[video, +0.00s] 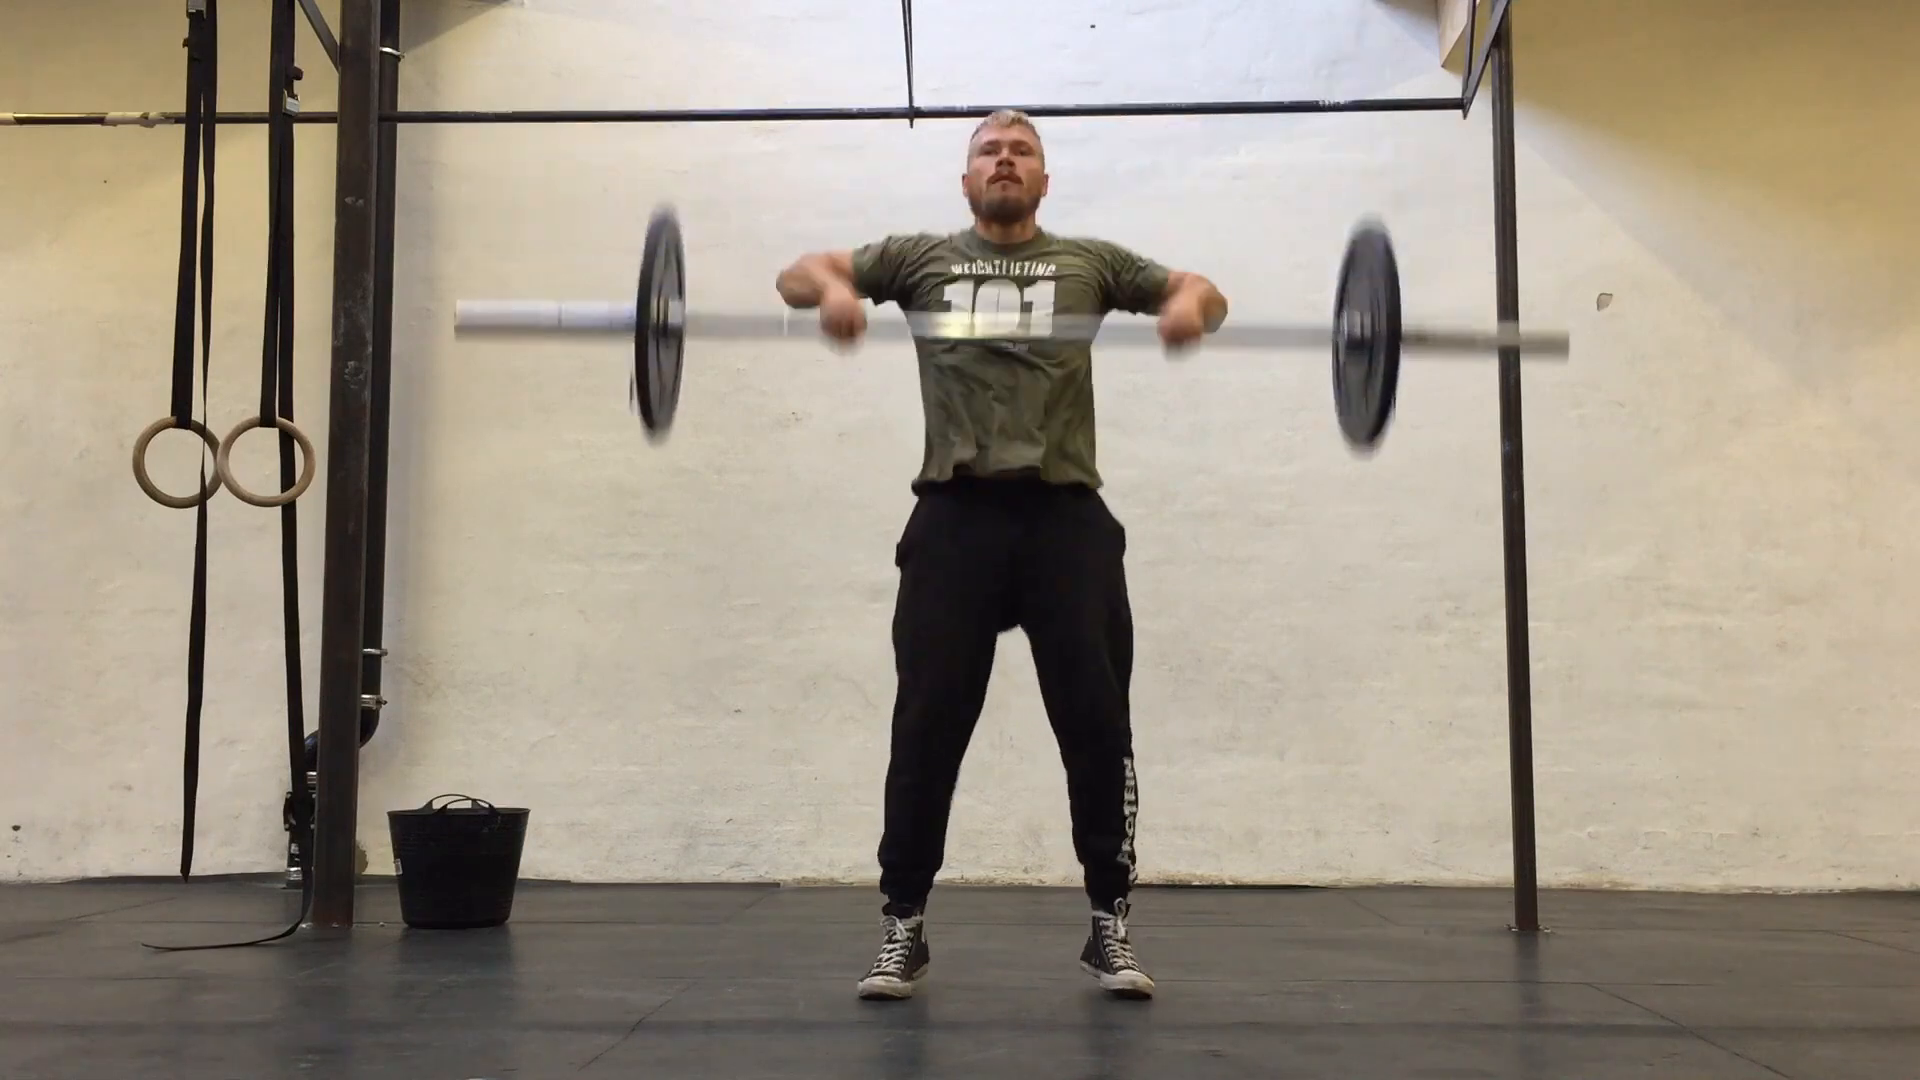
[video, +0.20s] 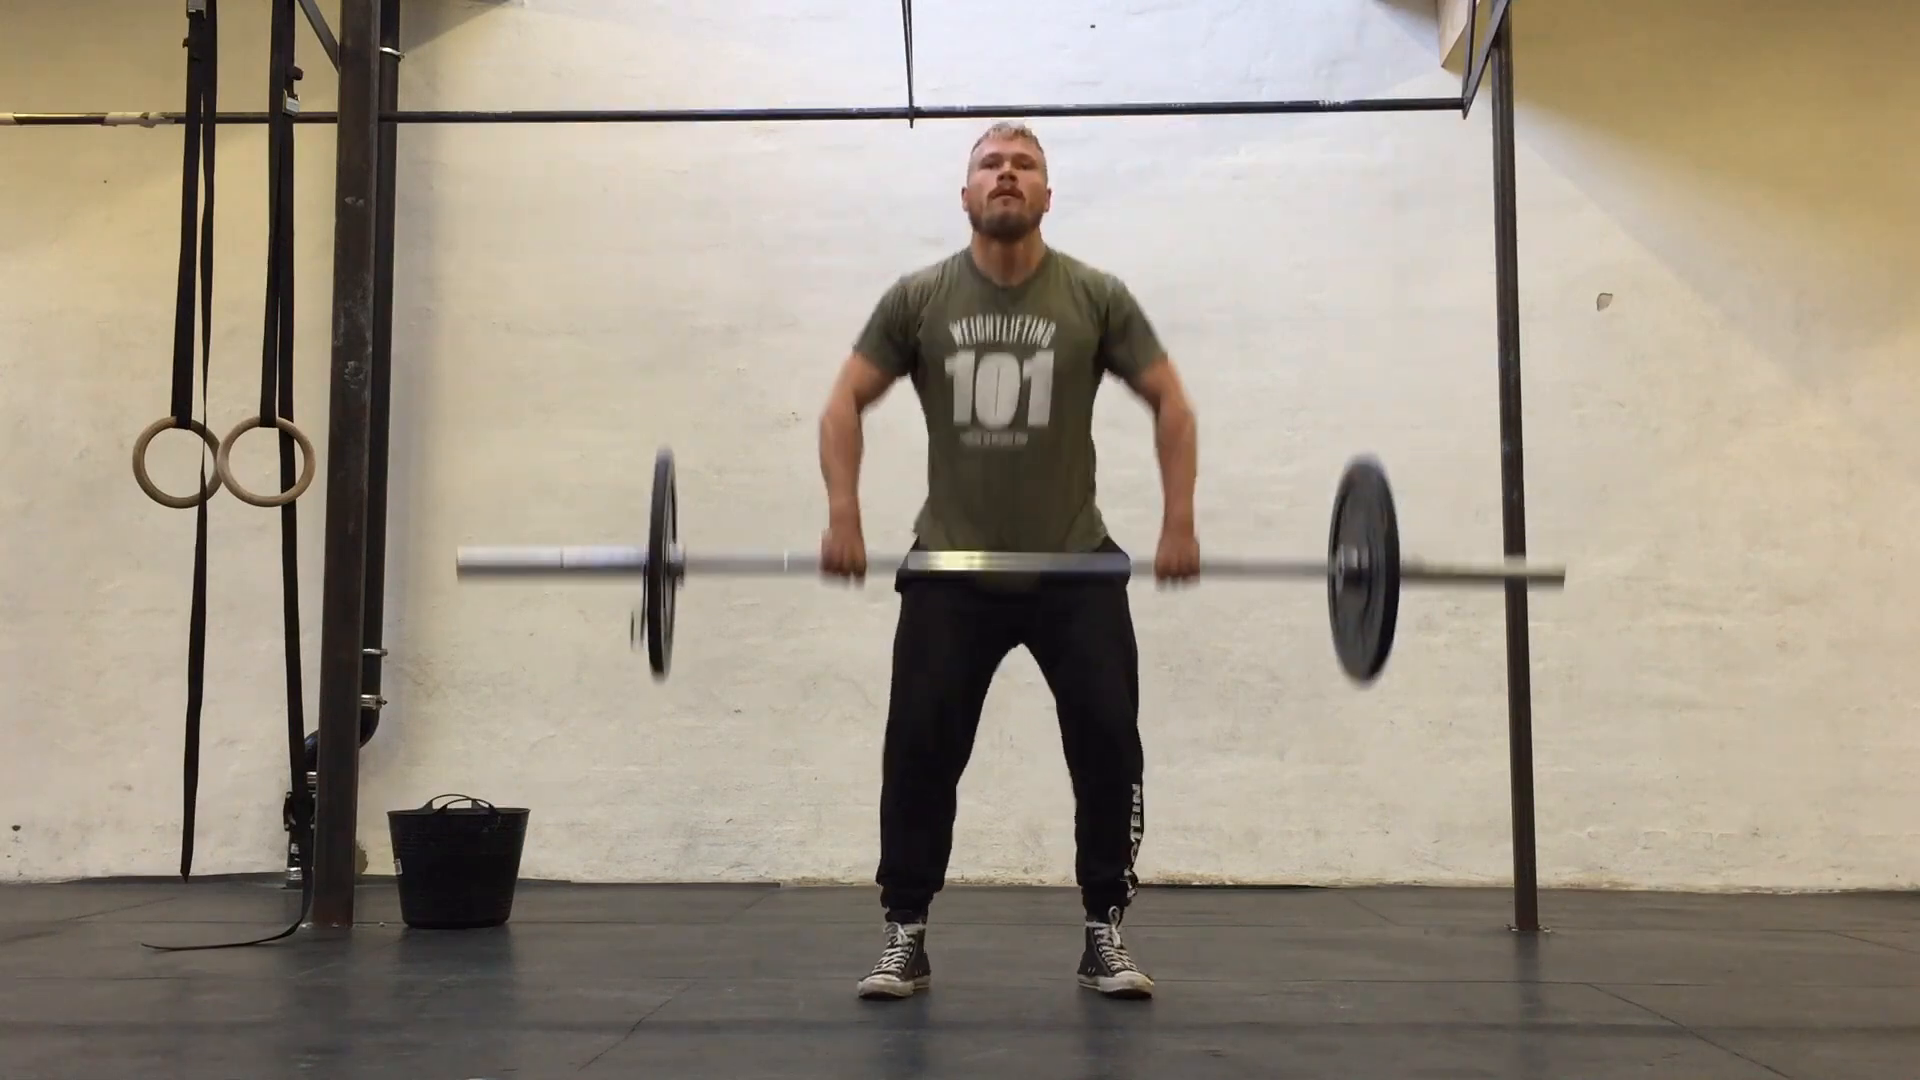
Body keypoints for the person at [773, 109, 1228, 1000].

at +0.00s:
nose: (1005, 159)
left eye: (1021, 150)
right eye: (988, 149)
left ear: (1045, 178)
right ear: (964, 179)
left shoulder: (1088, 263)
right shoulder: (921, 258)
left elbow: (1202, 293)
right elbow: (798, 274)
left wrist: (1188, 303)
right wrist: (834, 286)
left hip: (1067, 527)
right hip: (953, 527)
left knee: (1098, 729)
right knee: (925, 730)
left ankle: (1111, 928)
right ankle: (901, 930)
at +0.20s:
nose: (1007, 174)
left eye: (1023, 164)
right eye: (991, 163)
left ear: (1048, 194)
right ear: (964, 193)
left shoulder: (1096, 298)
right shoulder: (918, 301)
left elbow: (1170, 402)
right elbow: (844, 403)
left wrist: (1179, 524)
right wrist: (843, 514)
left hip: (1074, 567)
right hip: (951, 568)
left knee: (1110, 750)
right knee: (918, 752)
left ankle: (1106, 936)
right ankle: (904, 938)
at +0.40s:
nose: (1005, 226)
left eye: (1022, 216)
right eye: (989, 215)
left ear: (1048, 250)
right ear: (963, 249)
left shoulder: (1102, 364)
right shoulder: (911, 361)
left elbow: (1146, 488)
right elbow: (870, 486)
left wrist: (1173, 613)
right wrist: (845, 613)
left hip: (1066, 582)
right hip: (942, 582)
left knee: (1111, 740)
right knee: (904, 738)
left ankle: (1107, 938)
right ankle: (900, 938)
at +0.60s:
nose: (1002, 230)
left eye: (1019, 220)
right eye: (985, 219)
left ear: (1046, 252)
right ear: (960, 252)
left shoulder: (1100, 365)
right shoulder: (909, 364)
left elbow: (1143, 488)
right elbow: (868, 487)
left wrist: (1172, 613)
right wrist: (843, 614)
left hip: (1063, 576)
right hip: (940, 577)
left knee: (1103, 737)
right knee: (907, 736)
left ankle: (1106, 936)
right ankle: (900, 936)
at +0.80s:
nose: (998, 179)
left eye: (1015, 169)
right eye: (983, 169)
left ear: (1043, 197)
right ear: (960, 198)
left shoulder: (1096, 304)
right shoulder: (912, 305)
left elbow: (1145, 419)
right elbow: (865, 420)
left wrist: (1168, 534)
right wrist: (839, 536)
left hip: (1065, 570)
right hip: (937, 570)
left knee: (1109, 742)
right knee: (901, 742)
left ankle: (1102, 939)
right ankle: (904, 941)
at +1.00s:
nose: (1001, 175)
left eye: (1018, 164)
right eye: (986, 163)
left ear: (1042, 187)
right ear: (961, 186)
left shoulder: (1087, 272)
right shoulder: (915, 275)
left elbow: (1156, 360)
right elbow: (851, 362)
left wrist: (1174, 376)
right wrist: (835, 379)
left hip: (1056, 536)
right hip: (945, 536)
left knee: (1098, 722)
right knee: (910, 719)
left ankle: (1108, 927)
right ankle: (900, 922)